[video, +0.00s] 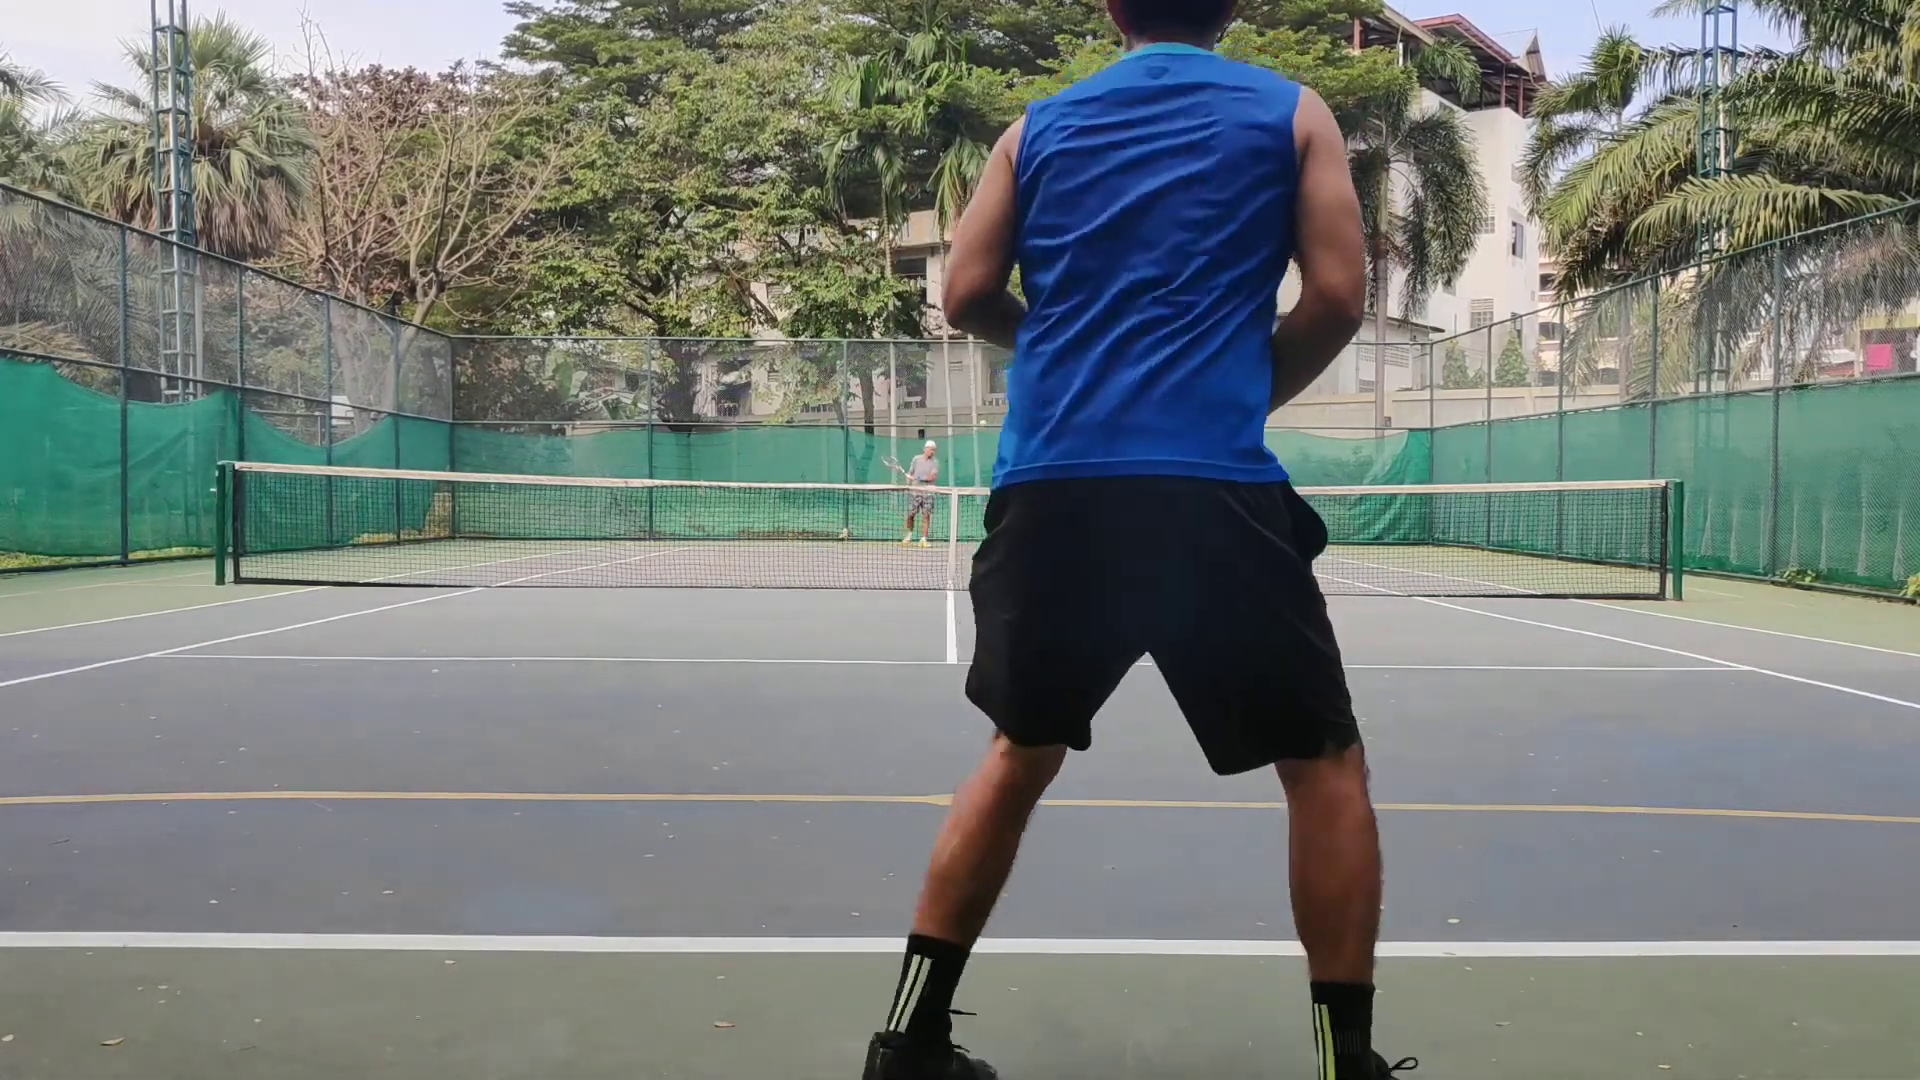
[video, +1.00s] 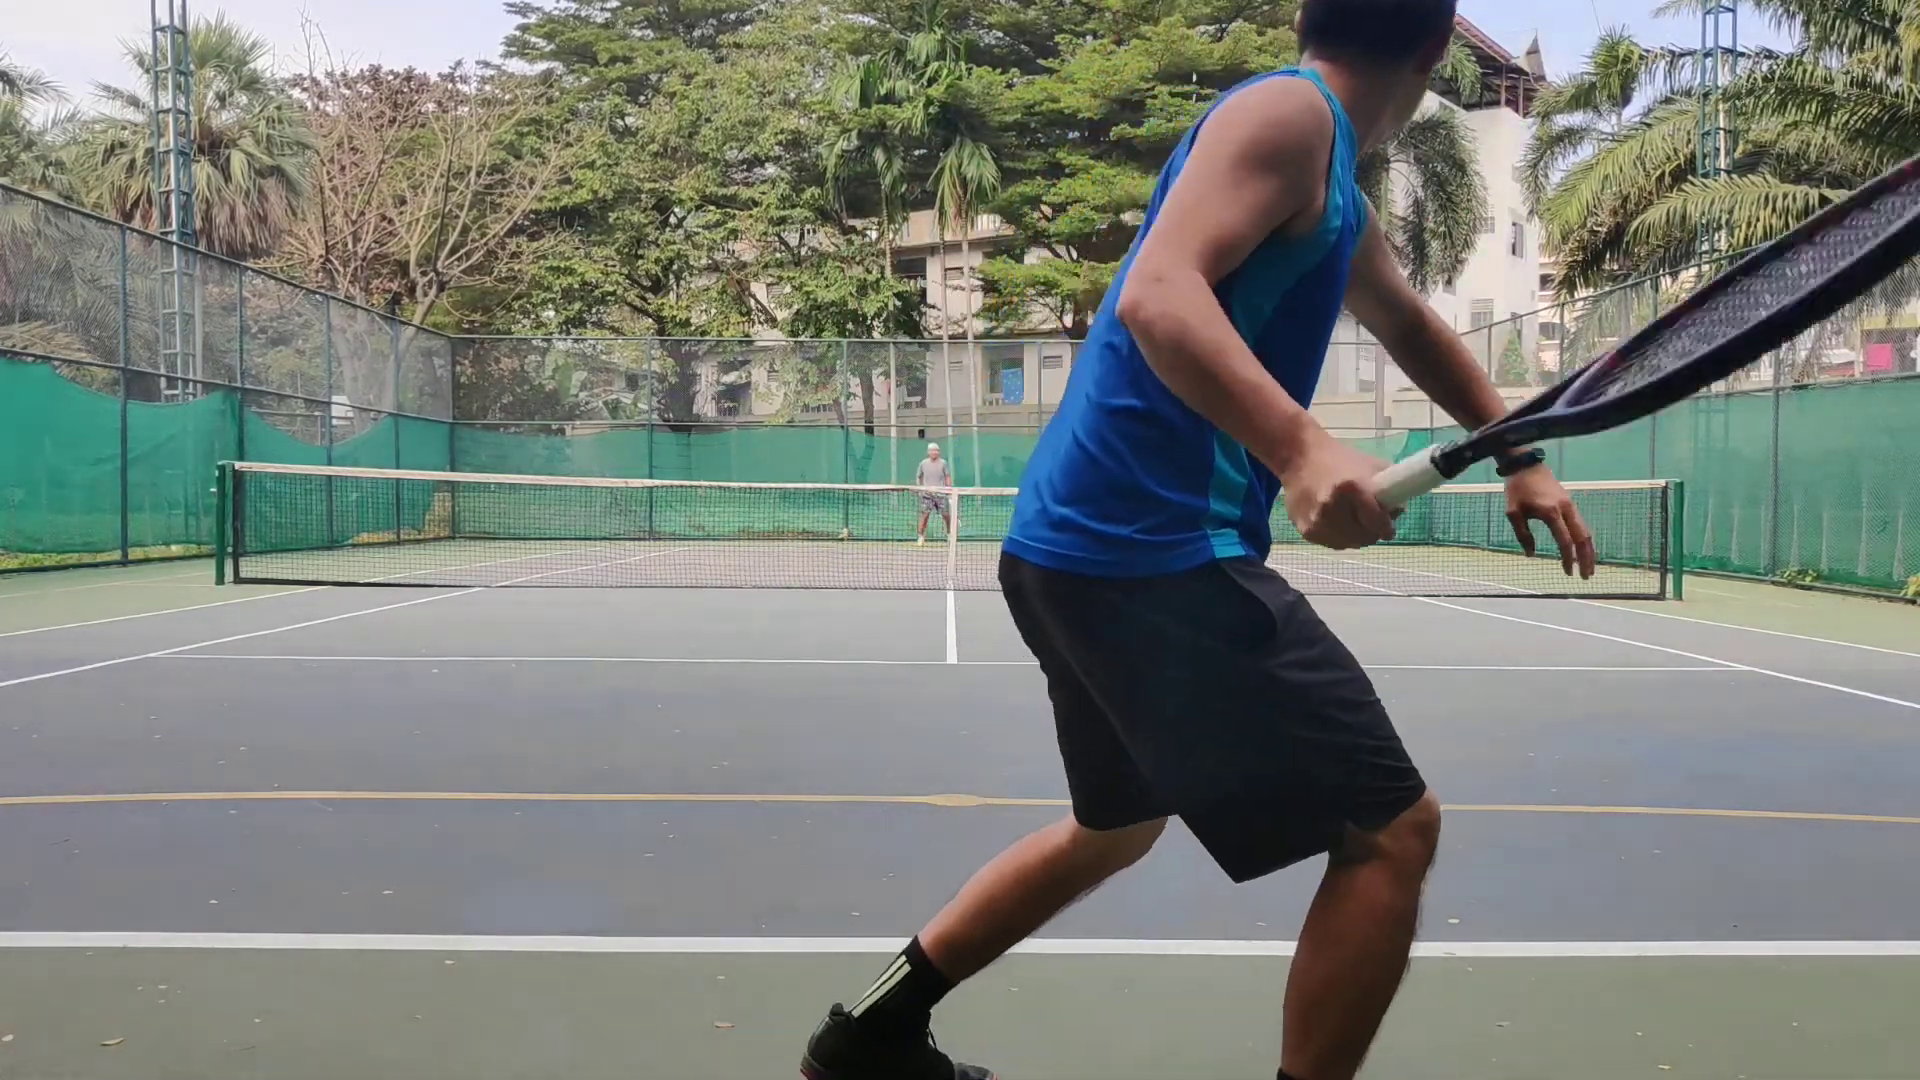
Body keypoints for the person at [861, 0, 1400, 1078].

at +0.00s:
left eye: (1106, 16)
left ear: (1113, 15)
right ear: (1228, 16)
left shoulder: (1042, 122)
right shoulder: (1292, 110)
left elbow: (965, 294)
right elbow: (1338, 298)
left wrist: (1051, 337)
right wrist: (1246, 388)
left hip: (1054, 494)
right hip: (1217, 498)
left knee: (1017, 756)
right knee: (1324, 768)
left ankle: (911, 1032)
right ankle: (1348, 1054)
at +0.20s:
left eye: (1131, 40)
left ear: (1127, 57)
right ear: (1238, 66)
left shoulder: (1052, 177)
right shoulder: (1282, 165)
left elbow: (988, 383)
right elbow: (1296, 374)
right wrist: (1229, 480)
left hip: (1034, 546)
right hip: (1191, 546)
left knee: (1053, 779)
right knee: (1340, 794)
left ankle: (910, 1039)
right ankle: (1340, 1064)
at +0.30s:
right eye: (1238, 35)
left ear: (1122, 43)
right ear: (1238, 50)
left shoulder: (1063, 155)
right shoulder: (1239, 141)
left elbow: (1101, 326)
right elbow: (1242, 359)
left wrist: (1258, 387)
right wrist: (1240, 496)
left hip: (990, 522)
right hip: (1126, 522)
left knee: (1051, 777)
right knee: (1316, 770)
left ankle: (911, 1049)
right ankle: (1337, 1063)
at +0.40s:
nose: (1253, 49)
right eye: (1255, 35)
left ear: (1134, 32)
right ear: (1243, 36)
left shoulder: (1095, 130)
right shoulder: (1199, 115)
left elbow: (1148, 358)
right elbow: (1225, 329)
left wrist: (1315, 376)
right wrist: (1318, 459)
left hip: (975, 507)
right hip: (1082, 506)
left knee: (1049, 782)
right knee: (1296, 765)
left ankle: (906, 1050)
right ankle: (1313, 1069)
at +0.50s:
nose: (1278, 51)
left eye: (1273, 39)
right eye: (1278, 35)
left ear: (1159, 26)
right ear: (1266, 35)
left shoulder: (1132, 117)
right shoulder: (1192, 102)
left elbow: (1239, 318)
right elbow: (1219, 287)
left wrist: (1408, 345)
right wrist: (1409, 371)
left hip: (981, 507)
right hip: (1076, 505)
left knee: (1057, 779)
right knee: (1294, 786)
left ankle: (903, 1047)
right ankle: (1288, 1076)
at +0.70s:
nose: (1360, 85)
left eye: (1360, 67)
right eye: (1364, 63)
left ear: (1240, 46)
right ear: (1344, 64)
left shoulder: (1258, 200)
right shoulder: (1229, 116)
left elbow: (1397, 342)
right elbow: (1138, 272)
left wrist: (1570, 403)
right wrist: (1351, 288)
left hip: (1031, 541)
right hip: (1110, 544)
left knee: (1113, 795)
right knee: (1352, 821)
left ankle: (878, 1011)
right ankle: (1302, 1072)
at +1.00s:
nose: (1436, 79)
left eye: (1439, 58)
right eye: (1444, 55)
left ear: (1321, 25)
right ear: (1432, 49)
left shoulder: (1325, 174)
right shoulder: (1286, 114)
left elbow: (1413, 328)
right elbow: (1160, 296)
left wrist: (1520, 458)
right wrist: (1305, 452)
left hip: (1078, 549)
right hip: (1153, 556)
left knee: (1117, 823)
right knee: (1392, 827)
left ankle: (880, 1024)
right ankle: (1310, 1069)